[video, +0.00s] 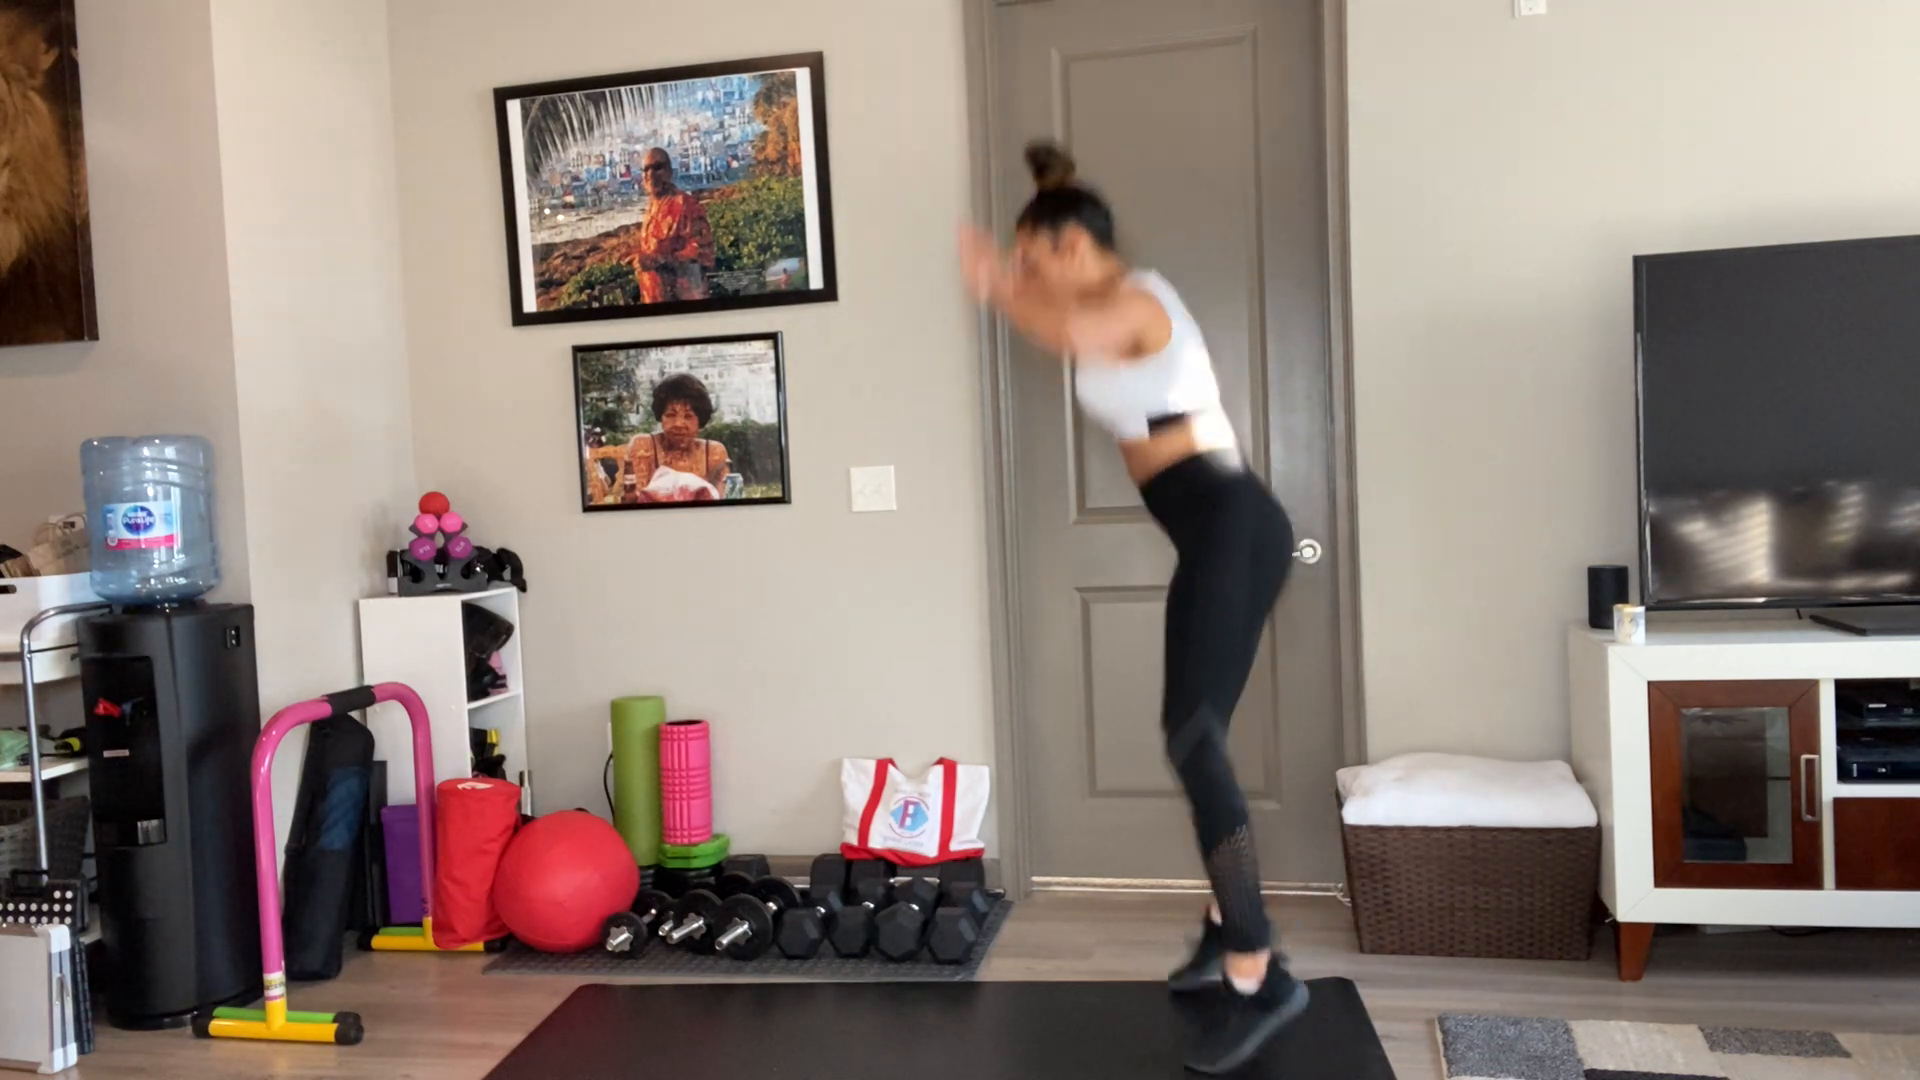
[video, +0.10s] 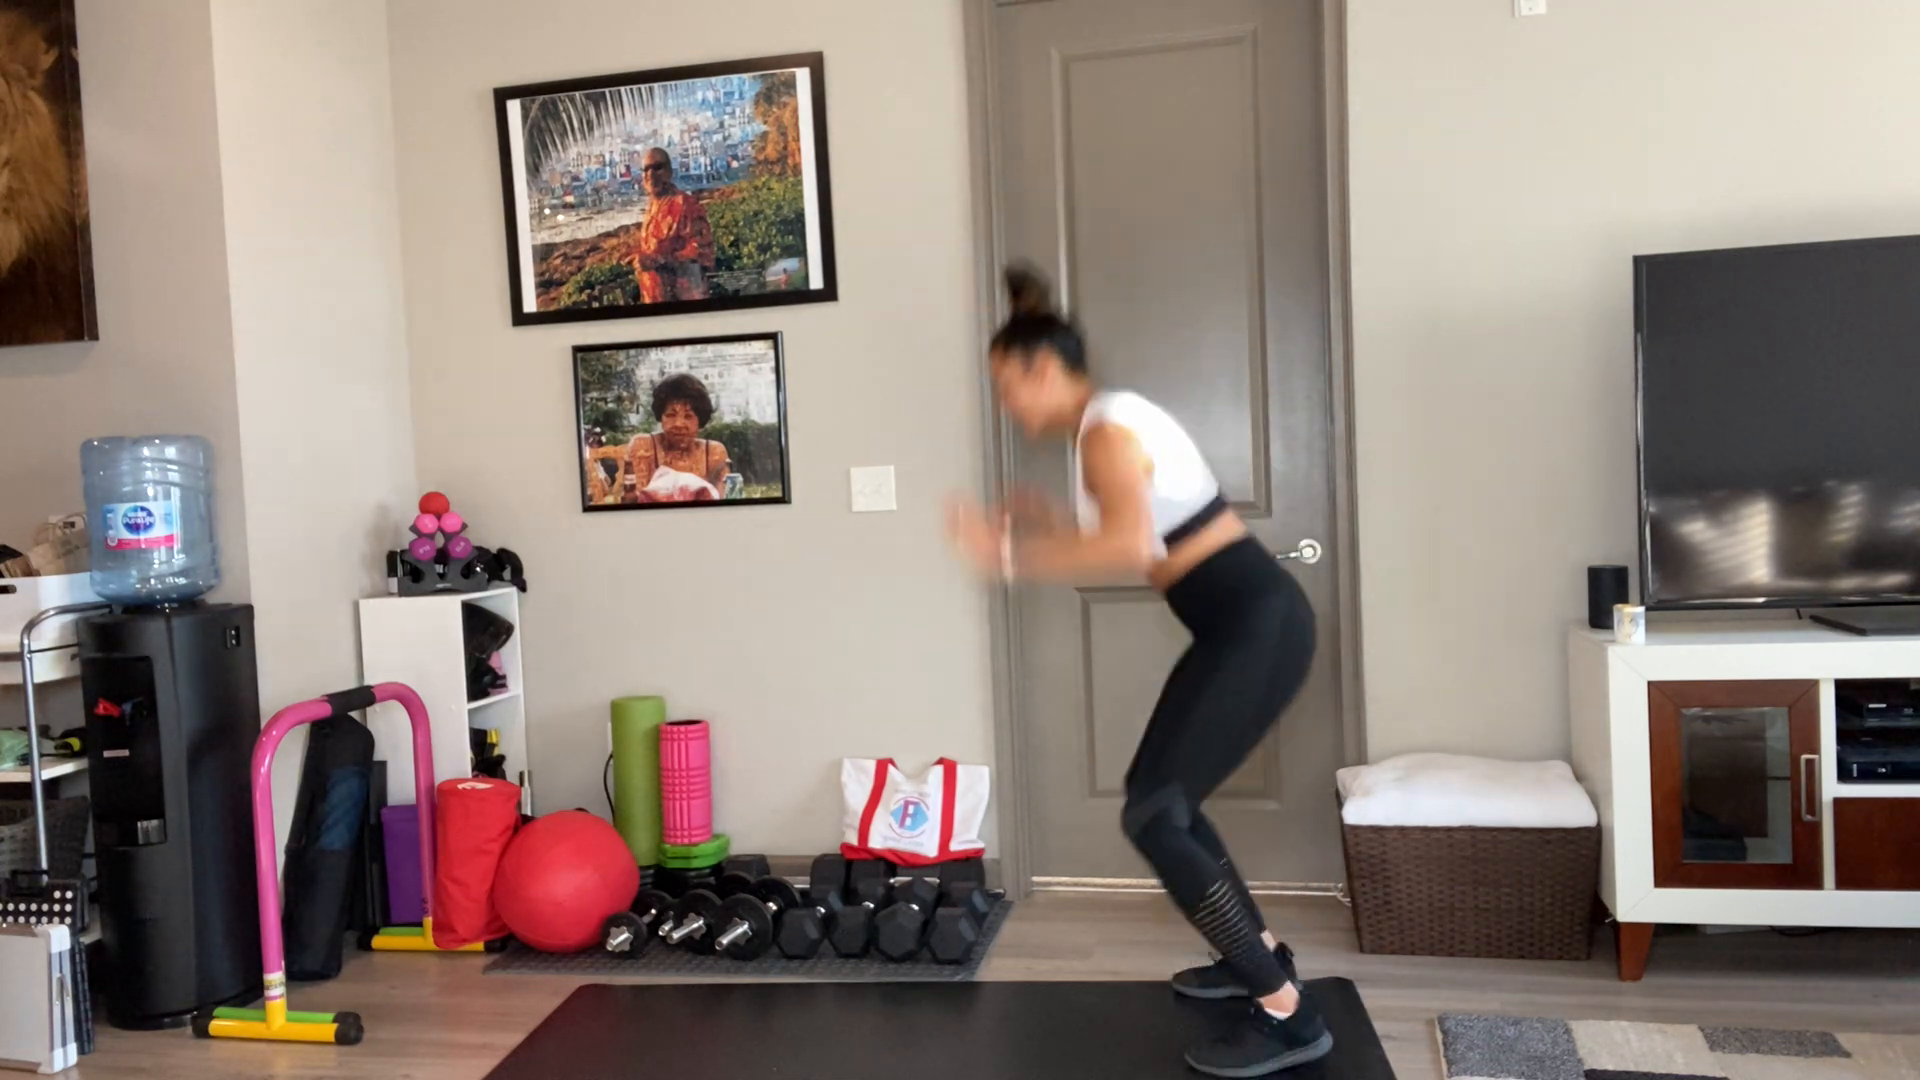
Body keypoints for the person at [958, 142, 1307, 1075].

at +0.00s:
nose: (1041, 271)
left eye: (1052, 254)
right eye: (1034, 258)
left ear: (1091, 244)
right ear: (1055, 255)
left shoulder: (1142, 300)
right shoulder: (1101, 305)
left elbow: (1080, 336)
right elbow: (1053, 306)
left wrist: (1002, 291)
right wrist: (1016, 279)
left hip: (1234, 521)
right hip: (1206, 528)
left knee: (1195, 733)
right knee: (1192, 732)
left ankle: (1257, 964)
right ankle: (1233, 929)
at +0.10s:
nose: (1006, 402)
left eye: (1010, 381)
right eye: (1001, 386)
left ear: (1051, 368)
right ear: (1048, 370)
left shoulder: (1111, 432)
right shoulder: (1107, 427)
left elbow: (1129, 551)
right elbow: (1146, 551)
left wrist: (1015, 555)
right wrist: (1054, 524)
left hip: (1258, 623)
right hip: (1237, 622)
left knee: (1156, 814)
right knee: (1159, 800)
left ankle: (1285, 1007)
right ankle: (1255, 954)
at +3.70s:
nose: (899, 419)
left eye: (901, 400)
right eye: (893, 406)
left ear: (941, 384)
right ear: (938, 387)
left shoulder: (1007, 442)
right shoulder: (997, 438)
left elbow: (1006, 568)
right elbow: (999, 557)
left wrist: (911, 534)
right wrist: (912, 527)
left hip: (1155, 624)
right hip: (1131, 625)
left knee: (1061, 817)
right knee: (1067, 802)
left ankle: (1185, 1010)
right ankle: (1169, 951)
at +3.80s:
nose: (875, 550)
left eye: (876, 532)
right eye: (869, 535)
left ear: (912, 511)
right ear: (913, 511)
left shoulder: (987, 556)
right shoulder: (985, 545)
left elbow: (1012, 705)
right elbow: (1004, 690)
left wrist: (918, 758)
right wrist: (928, 720)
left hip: (1176, 683)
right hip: (1145, 683)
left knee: (1033, 845)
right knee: (1034, 809)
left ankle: (1183, 1012)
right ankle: (1166, 953)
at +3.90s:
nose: (864, 660)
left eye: (861, 642)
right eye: (856, 646)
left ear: (891, 618)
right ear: (901, 612)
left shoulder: (963, 647)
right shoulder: (976, 625)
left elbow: (962, 803)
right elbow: (992, 762)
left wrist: (893, 912)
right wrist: (918, 844)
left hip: (1187, 705)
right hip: (1155, 699)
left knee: (1033, 849)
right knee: (1030, 814)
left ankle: (1180, 1010)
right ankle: (1164, 951)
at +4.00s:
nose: (864, 741)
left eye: (855, 729)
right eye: (852, 733)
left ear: (874, 697)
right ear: (885, 685)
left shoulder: (936, 708)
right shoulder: (940, 687)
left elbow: (908, 856)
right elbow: (933, 839)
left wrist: (846, 988)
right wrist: (875, 916)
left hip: (1182, 675)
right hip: (1150, 670)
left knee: (1050, 835)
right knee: (1044, 803)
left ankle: (1185, 1015)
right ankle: (1167, 955)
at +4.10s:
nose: (860, 795)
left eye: (852, 782)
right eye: (850, 787)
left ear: (864, 751)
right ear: (867, 743)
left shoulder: (917, 741)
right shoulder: (913, 727)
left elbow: (875, 899)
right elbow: (881, 874)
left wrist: (817, 1028)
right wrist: (834, 966)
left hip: (1141, 601)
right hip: (1118, 608)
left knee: (1084, 809)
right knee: (1078, 777)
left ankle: (1194, 1014)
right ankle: (1173, 941)